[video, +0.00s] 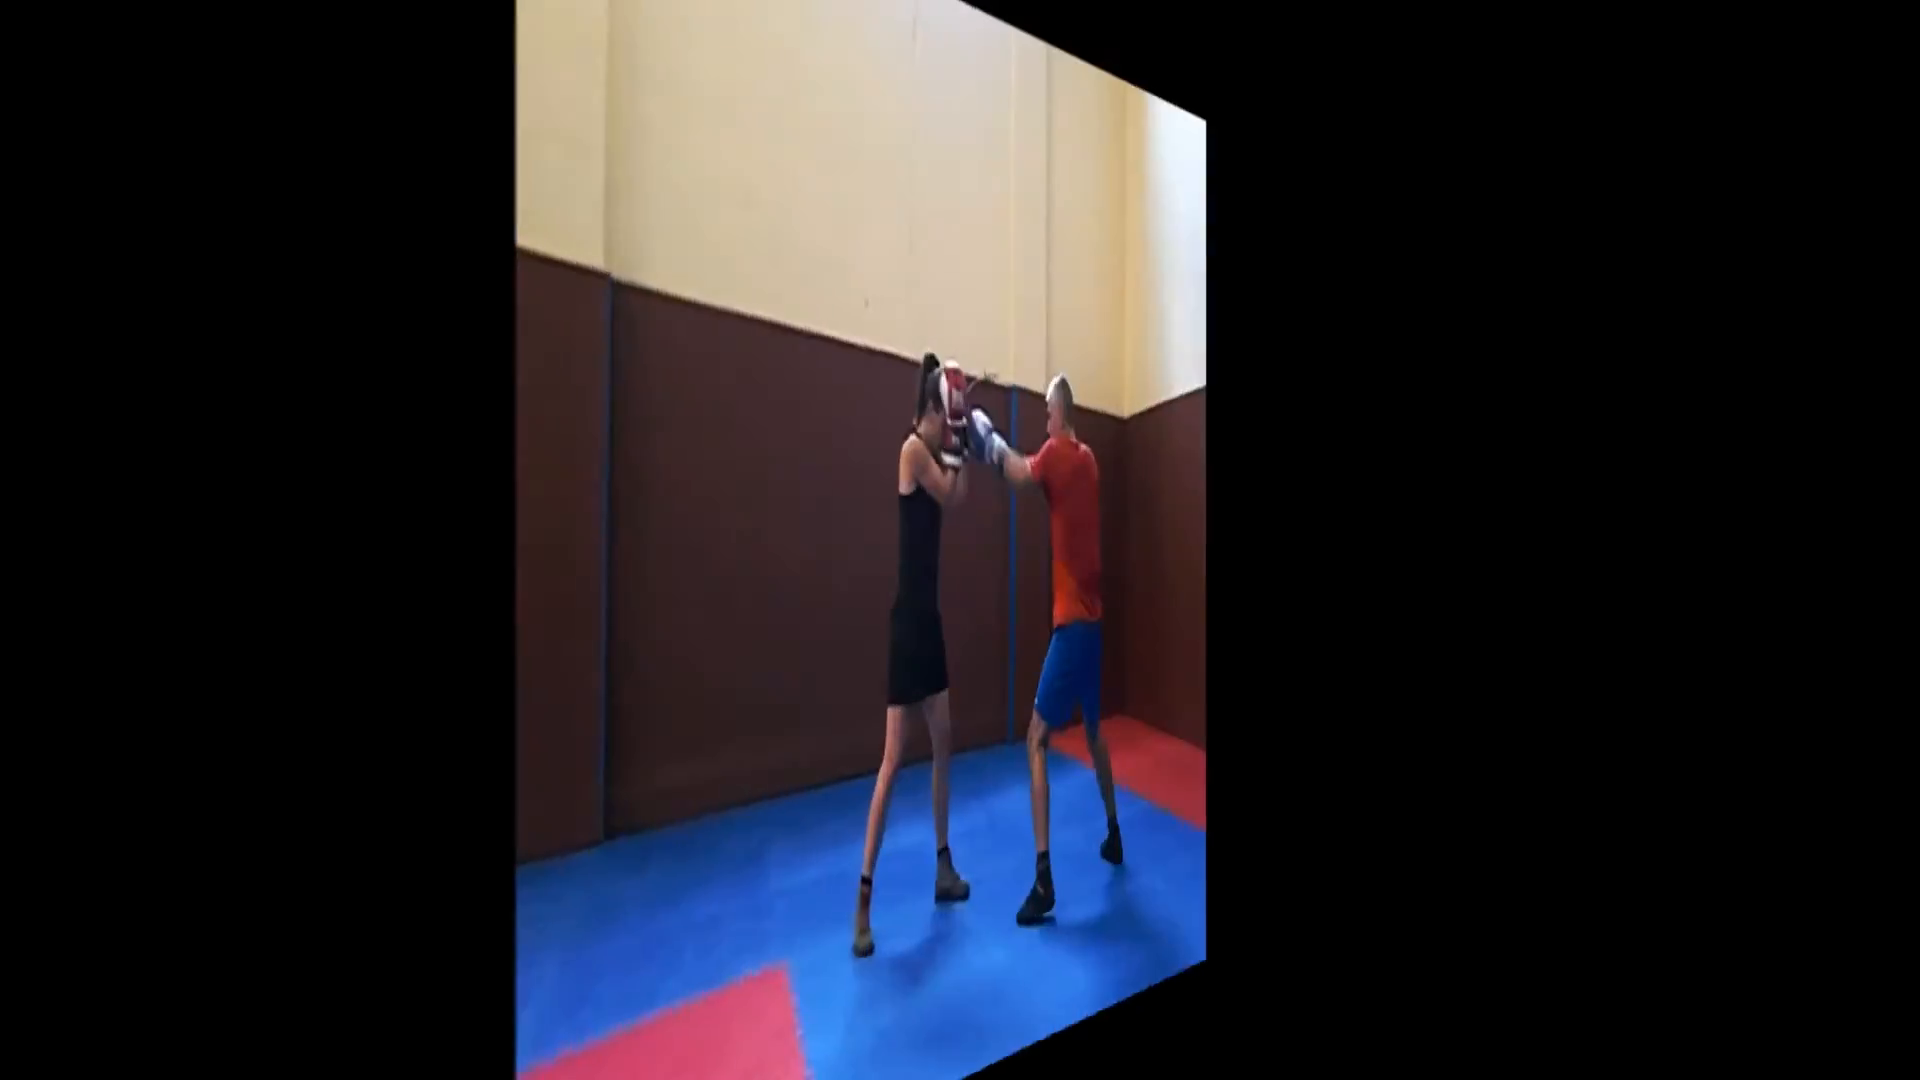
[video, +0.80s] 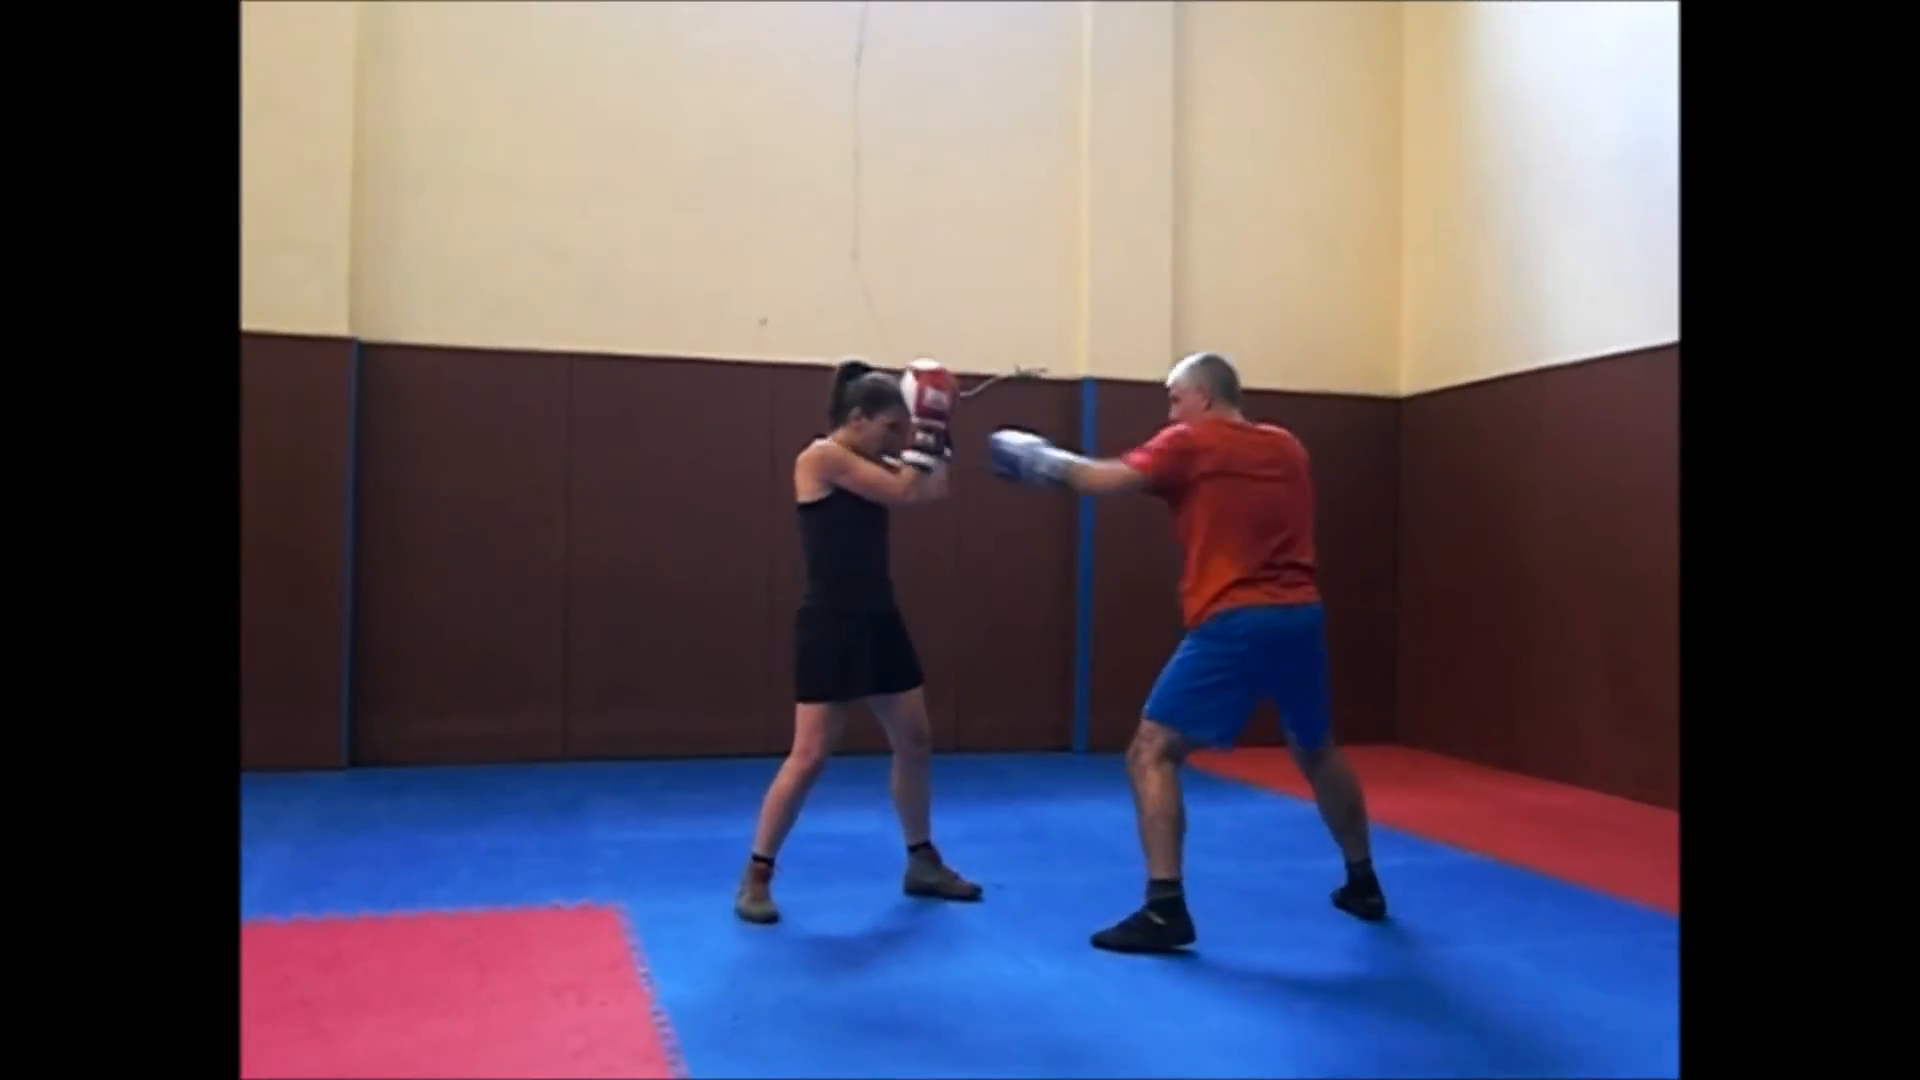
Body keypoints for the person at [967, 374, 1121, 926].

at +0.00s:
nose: (1044, 416)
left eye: (1046, 408)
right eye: (1047, 409)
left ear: (1053, 412)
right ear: (1074, 415)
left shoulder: (1059, 454)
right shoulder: (1081, 458)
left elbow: (1016, 473)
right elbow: (1022, 469)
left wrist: (981, 432)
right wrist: (988, 438)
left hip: (1071, 627)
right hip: (1091, 623)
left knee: (1035, 739)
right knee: (1094, 734)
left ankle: (1043, 880)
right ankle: (1113, 835)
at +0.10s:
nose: (1074, 412)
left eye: (1080, 403)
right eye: (1075, 403)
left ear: (1101, 405)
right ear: (1099, 405)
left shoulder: (1106, 456)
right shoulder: (1118, 449)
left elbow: (1085, 529)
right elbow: (1091, 516)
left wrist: (1047, 490)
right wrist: (1060, 481)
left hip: (1120, 621)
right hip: (1133, 617)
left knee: (1070, 735)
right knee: (1140, 737)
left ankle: (1078, 884)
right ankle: (1178, 839)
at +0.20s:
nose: (1105, 419)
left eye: (1111, 409)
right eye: (1104, 410)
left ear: (1138, 412)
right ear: (1121, 413)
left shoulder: (1173, 466)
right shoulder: (1120, 458)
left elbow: (1189, 549)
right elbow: (1081, 463)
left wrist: (1137, 522)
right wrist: (1047, 445)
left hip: (1173, 626)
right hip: (1157, 625)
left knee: (1113, 740)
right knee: (1180, 751)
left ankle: (1112, 892)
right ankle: (1237, 843)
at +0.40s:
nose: (1148, 420)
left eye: (1157, 409)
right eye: (1148, 410)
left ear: (1189, 413)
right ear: (1172, 413)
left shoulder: (1240, 467)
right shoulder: (1164, 458)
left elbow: (1270, 554)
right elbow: (1108, 476)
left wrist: (1205, 530)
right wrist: (1057, 456)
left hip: (1231, 637)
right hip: (1205, 635)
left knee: (1140, 744)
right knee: (1250, 763)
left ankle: (1155, 903)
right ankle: (1331, 862)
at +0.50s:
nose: (1148, 405)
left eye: (1155, 392)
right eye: (1147, 393)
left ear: (1186, 391)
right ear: (1195, 393)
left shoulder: (1205, 439)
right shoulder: (1242, 435)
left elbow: (1188, 514)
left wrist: (1112, 476)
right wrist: (1151, 458)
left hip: (1218, 626)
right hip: (1273, 622)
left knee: (1132, 748)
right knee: (1291, 751)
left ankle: (1160, 901)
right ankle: (1355, 870)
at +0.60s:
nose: (1146, 410)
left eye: (1152, 399)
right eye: (1146, 400)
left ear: (1182, 397)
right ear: (1205, 399)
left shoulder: (1168, 436)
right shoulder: (1267, 441)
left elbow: (1067, 448)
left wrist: (985, 429)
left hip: (1215, 627)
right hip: (1287, 623)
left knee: (1133, 753)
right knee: (1306, 748)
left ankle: (1162, 906)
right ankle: (1359, 877)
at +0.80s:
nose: (1171, 410)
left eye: (1175, 399)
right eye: (1170, 400)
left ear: (1201, 396)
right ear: (1229, 398)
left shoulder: (1190, 440)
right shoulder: (1288, 445)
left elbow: (1109, 478)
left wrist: (1041, 459)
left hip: (1231, 625)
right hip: (1302, 620)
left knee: (1151, 754)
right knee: (1319, 753)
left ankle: (1165, 909)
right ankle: (1364, 884)